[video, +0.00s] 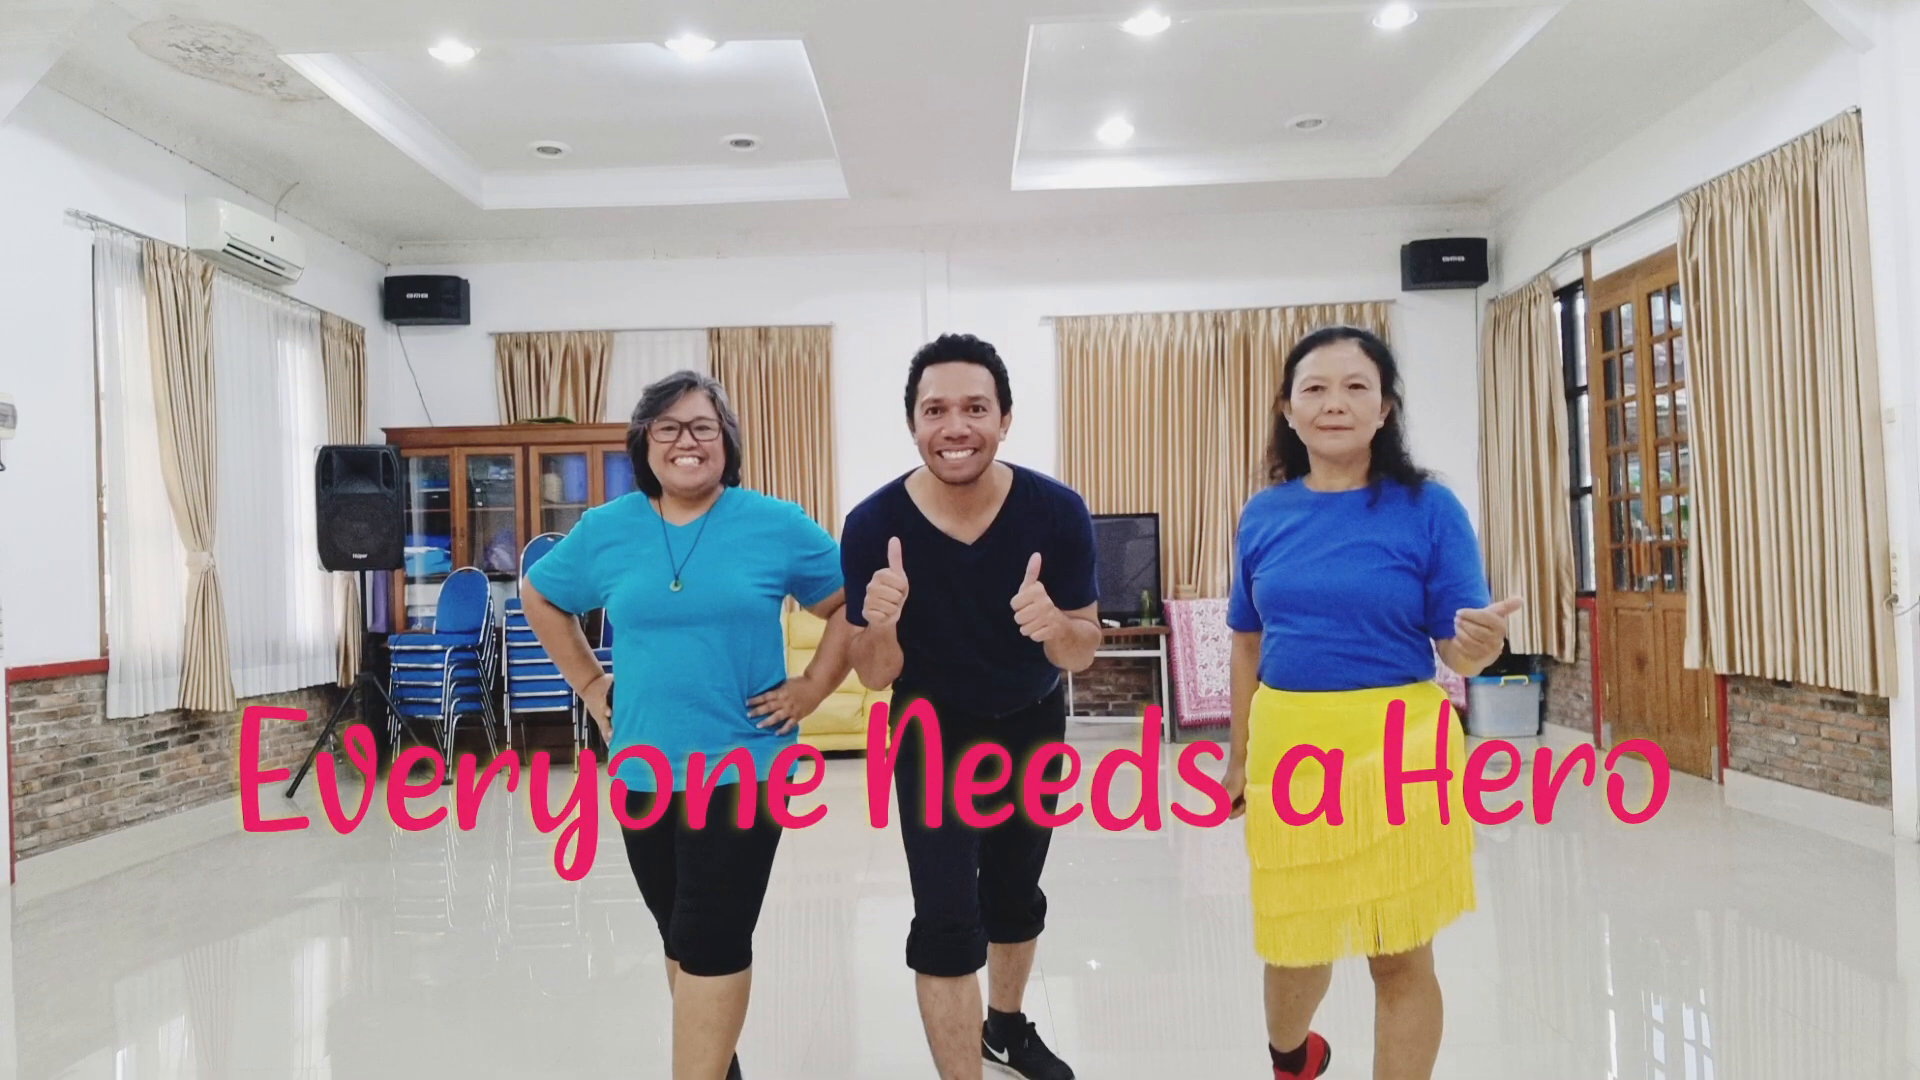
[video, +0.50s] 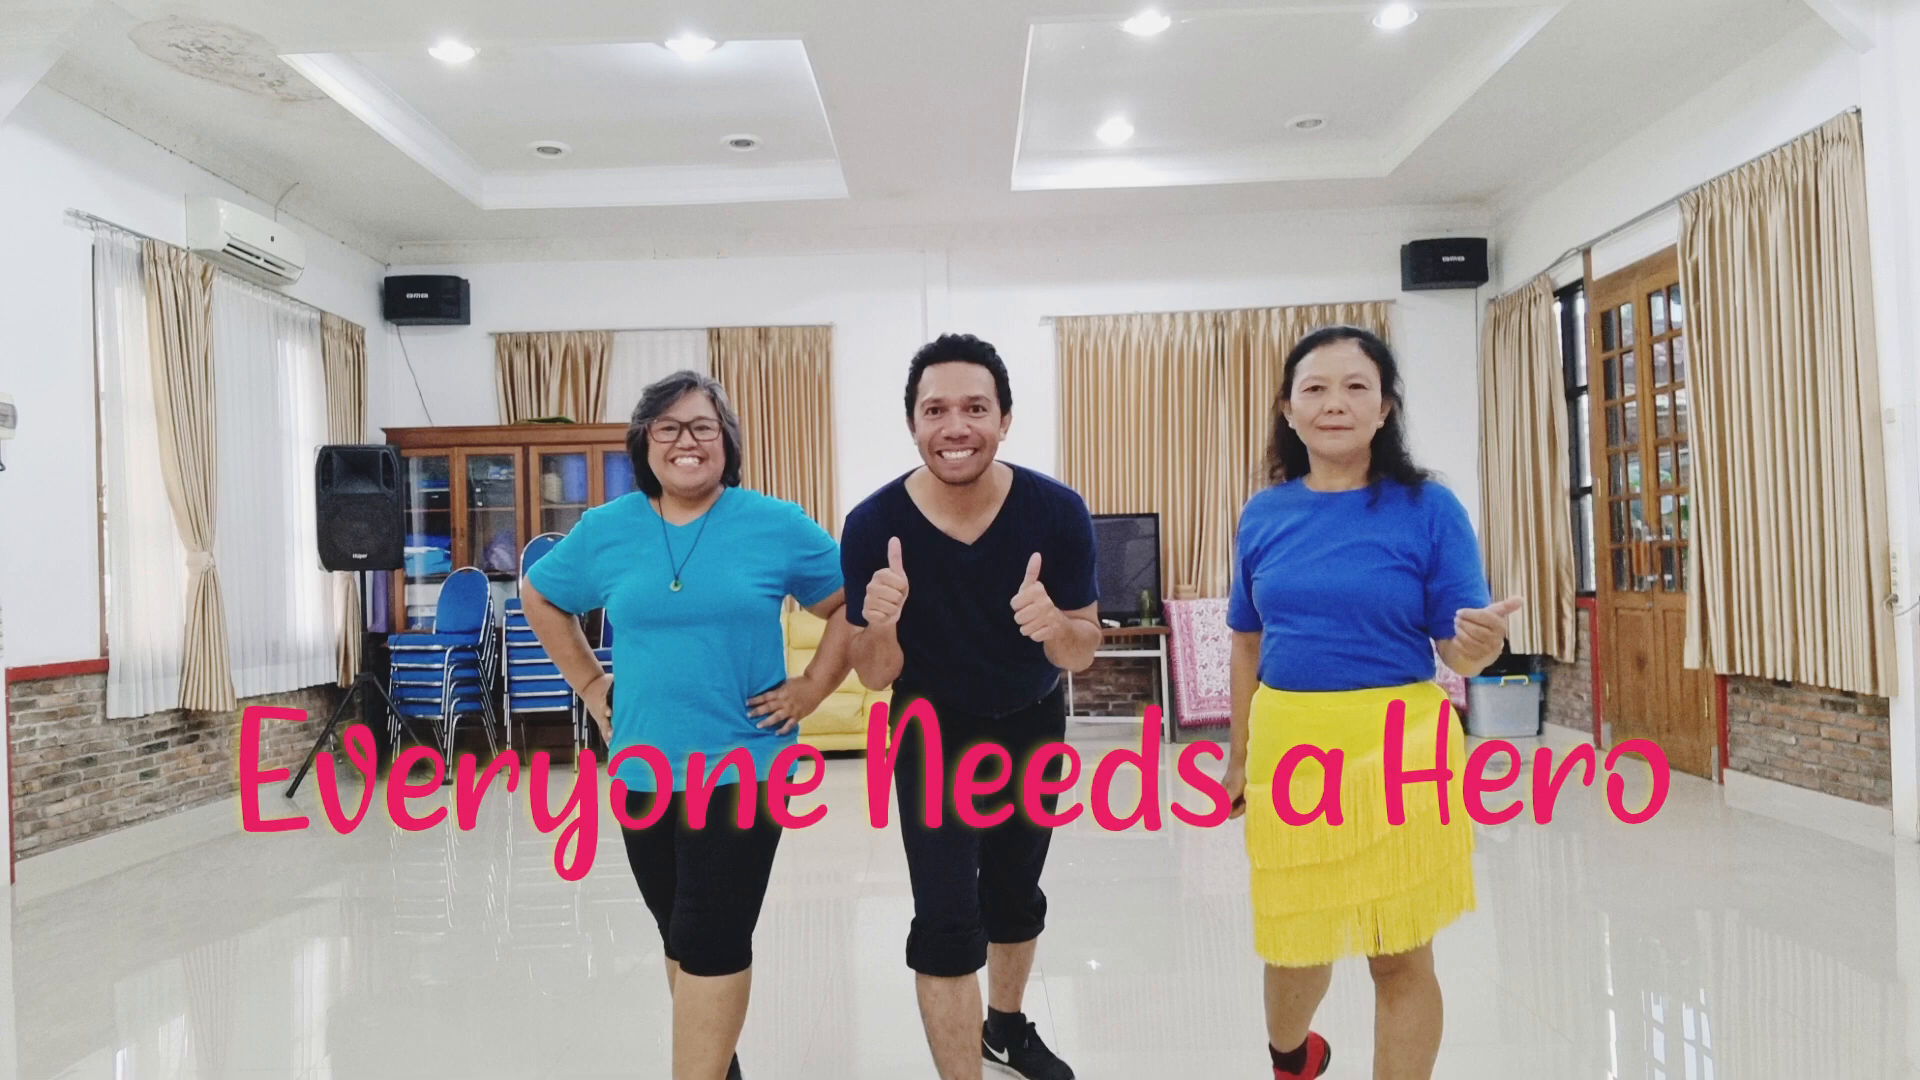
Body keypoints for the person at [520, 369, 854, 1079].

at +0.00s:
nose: (687, 441)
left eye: (703, 428)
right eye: (670, 429)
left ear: (727, 443)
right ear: (644, 446)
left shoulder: (778, 527)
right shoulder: (605, 530)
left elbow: (854, 606)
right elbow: (537, 594)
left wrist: (813, 686)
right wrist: (591, 682)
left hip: (746, 773)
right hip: (643, 775)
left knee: (709, 947)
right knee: (683, 945)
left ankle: (696, 1079)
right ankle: (722, 1070)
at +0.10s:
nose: (687, 441)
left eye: (703, 428)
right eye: (670, 429)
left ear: (727, 443)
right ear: (644, 446)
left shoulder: (778, 527)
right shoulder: (605, 530)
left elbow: (854, 606)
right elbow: (537, 594)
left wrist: (813, 686)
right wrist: (591, 682)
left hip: (746, 773)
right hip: (643, 775)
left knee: (708, 947)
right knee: (683, 945)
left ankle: (696, 1079)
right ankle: (722, 1070)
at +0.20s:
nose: (687, 441)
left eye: (703, 428)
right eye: (670, 429)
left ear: (727, 443)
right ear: (644, 446)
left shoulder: (778, 527)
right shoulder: (605, 530)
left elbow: (854, 606)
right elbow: (537, 594)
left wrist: (813, 686)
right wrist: (591, 682)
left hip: (746, 773)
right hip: (643, 775)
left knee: (708, 947)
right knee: (683, 945)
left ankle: (696, 1079)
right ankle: (722, 1070)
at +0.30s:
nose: (687, 440)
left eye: (702, 428)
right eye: (670, 428)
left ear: (727, 443)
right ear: (645, 446)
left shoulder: (778, 527)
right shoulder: (605, 530)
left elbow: (853, 605)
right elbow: (538, 594)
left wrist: (812, 686)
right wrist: (590, 683)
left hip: (746, 773)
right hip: (643, 775)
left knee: (708, 946)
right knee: (683, 944)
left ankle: (696, 1079)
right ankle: (722, 1070)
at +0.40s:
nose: (687, 440)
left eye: (702, 428)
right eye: (670, 428)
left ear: (727, 443)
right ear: (645, 446)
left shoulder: (778, 527)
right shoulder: (605, 530)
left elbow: (853, 605)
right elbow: (538, 594)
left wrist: (812, 686)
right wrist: (590, 683)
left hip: (746, 773)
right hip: (643, 775)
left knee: (708, 946)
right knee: (683, 944)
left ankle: (696, 1079)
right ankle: (722, 1070)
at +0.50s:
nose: (687, 440)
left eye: (702, 428)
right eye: (670, 428)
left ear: (727, 443)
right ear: (645, 446)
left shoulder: (778, 527)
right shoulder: (605, 530)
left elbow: (853, 605)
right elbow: (538, 594)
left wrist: (812, 686)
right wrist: (590, 683)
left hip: (746, 773)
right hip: (643, 775)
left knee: (708, 946)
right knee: (683, 944)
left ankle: (696, 1079)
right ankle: (722, 1070)